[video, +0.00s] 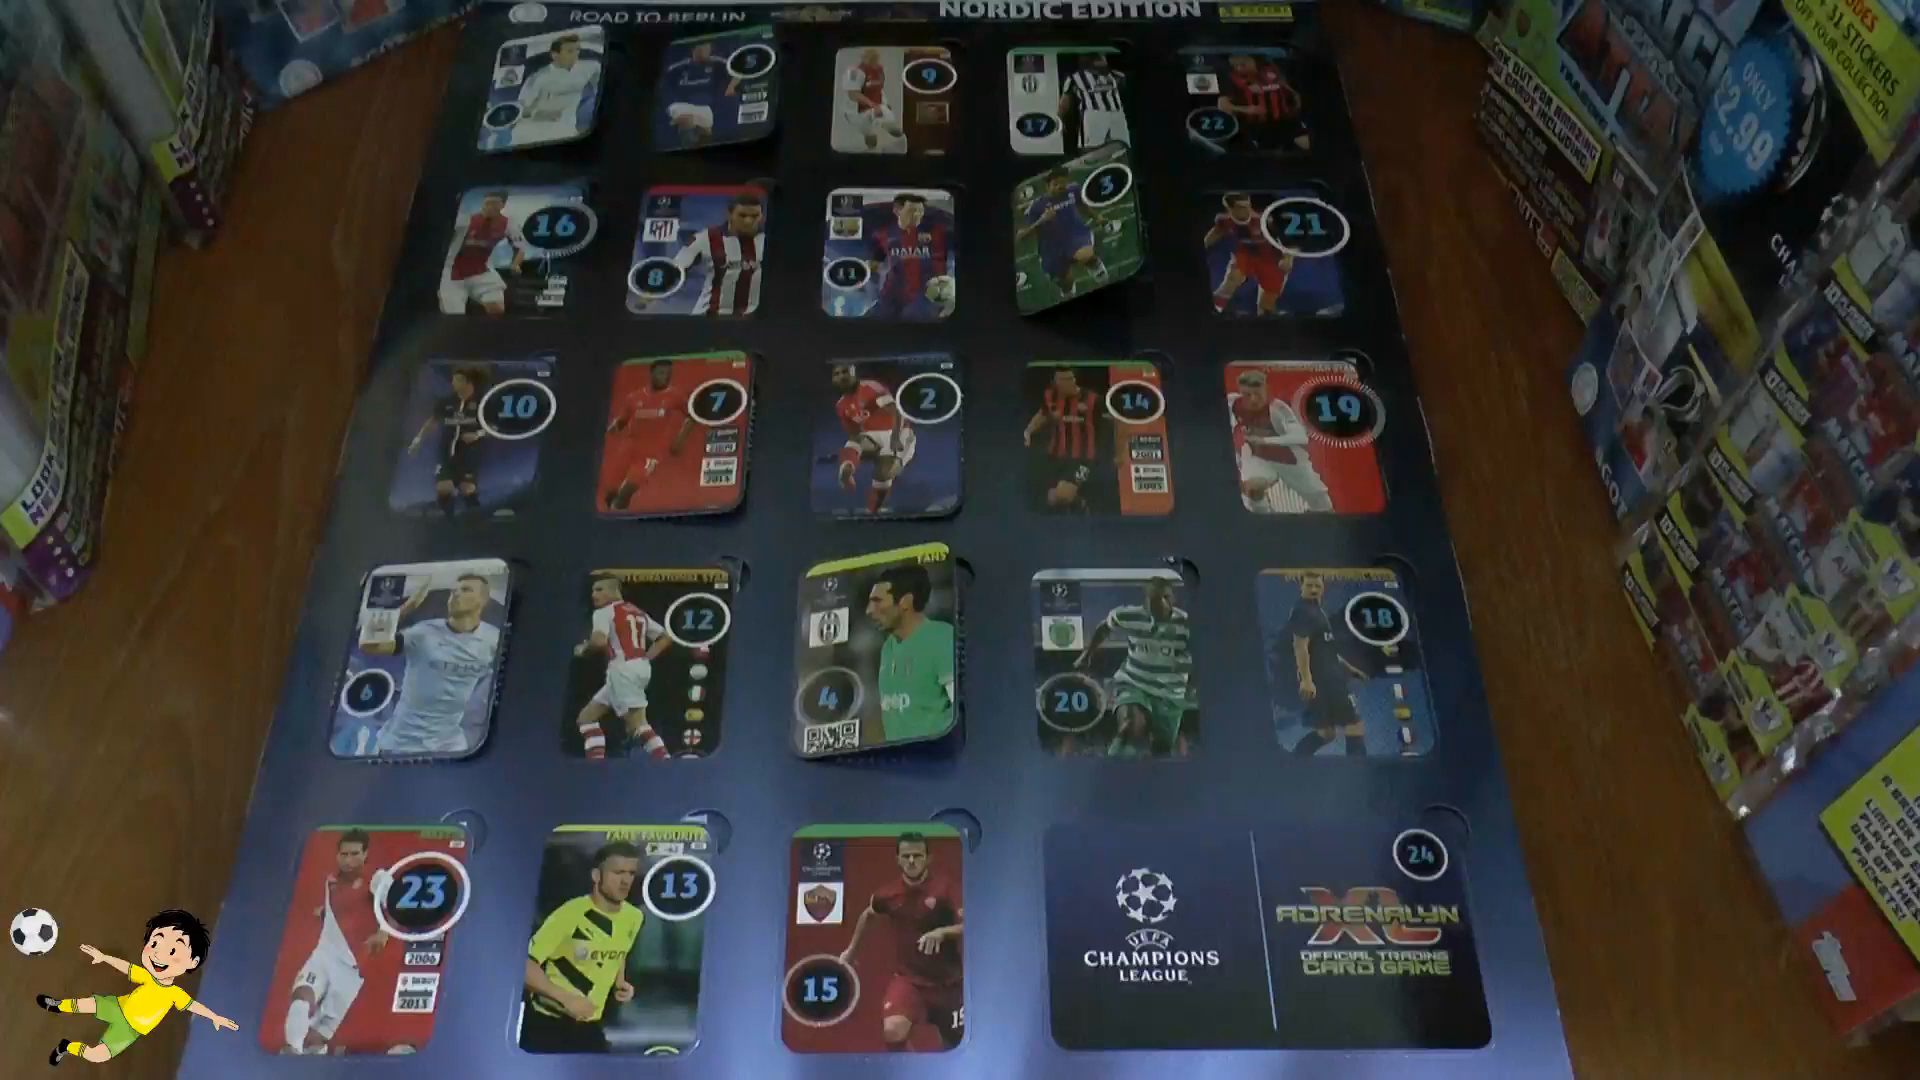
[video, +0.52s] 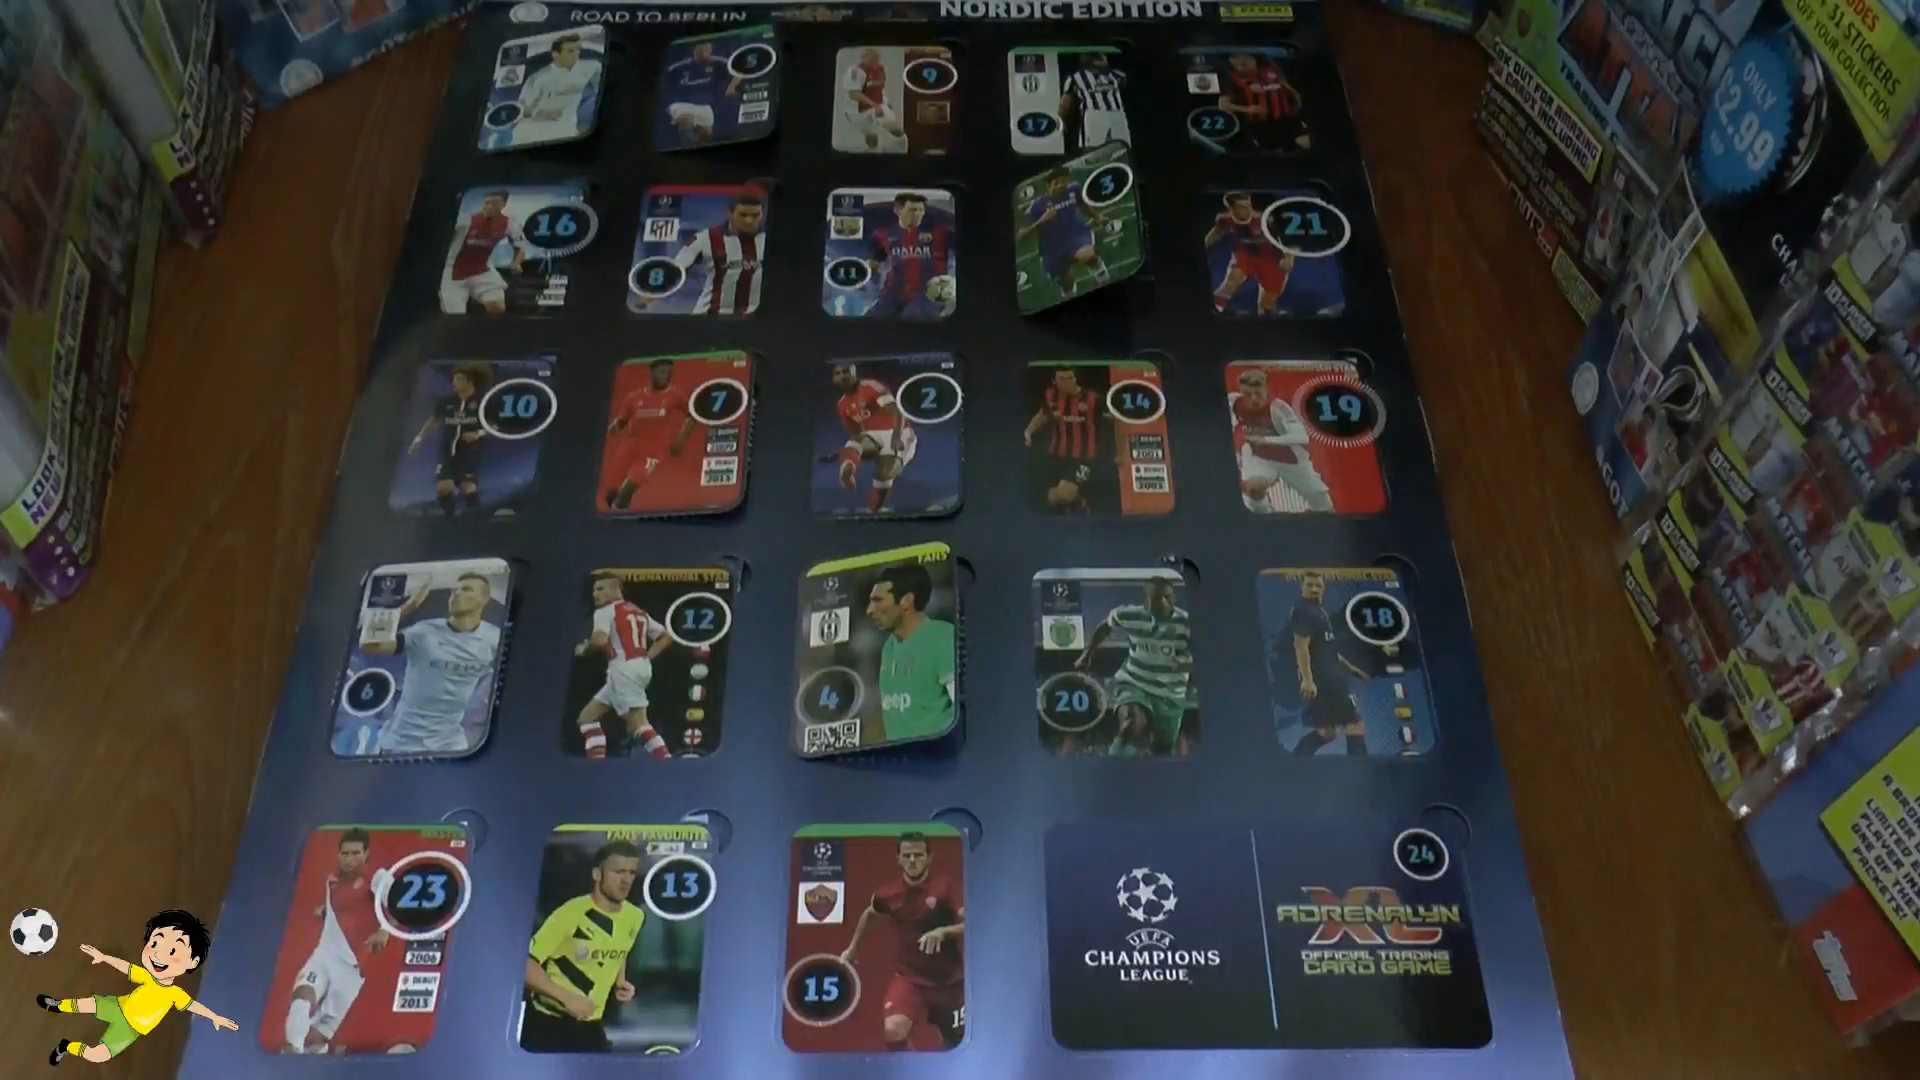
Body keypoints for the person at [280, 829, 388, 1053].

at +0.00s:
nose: (348, 860)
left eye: (354, 854)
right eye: (343, 854)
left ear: (365, 856)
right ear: (337, 855)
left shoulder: (375, 882)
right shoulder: (331, 882)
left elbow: (395, 905)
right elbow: (334, 905)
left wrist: (383, 932)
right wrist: (322, 911)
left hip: (350, 971)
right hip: (322, 957)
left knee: (316, 1039)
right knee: (302, 997)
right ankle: (293, 1049)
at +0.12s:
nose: (348, 860)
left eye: (355, 854)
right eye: (343, 854)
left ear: (365, 856)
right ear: (337, 856)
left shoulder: (375, 882)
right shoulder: (331, 882)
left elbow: (395, 904)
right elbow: (334, 905)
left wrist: (383, 932)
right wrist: (322, 911)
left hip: (350, 971)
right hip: (323, 957)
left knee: (316, 1039)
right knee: (302, 997)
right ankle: (293, 1049)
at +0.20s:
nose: (348, 860)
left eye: (354, 854)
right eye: (344, 854)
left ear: (365, 856)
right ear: (337, 855)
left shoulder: (374, 883)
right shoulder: (331, 882)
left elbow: (395, 905)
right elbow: (334, 904)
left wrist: (383, 932)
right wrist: (322, 911)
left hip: (351, 972)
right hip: (323, 956)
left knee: (316, 1039)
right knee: (302, 997)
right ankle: (293, 1049)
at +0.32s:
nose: (349, 860)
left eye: (355, 853)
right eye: (344, 853)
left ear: (365, 855)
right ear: (337, 855)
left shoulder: (375, 882)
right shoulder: (332, 882)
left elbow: (395, 905)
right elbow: (334, 905)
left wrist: (383, 932)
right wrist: (323, 911)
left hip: (351, 971)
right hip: (324, 956)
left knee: (315, 1039)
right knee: (302, 996)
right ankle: (292, 1049)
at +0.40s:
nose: (349, 860)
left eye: (355, 854)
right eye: (344, 853)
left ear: (365, 855)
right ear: (337, 855)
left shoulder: (375, 882)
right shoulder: (332, 881)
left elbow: (396, 904)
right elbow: (334, 904)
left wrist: (383, 932)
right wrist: (323, 911)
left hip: (351, 971)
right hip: (324, 956)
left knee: (315, 1039)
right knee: (303, 996)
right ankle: (293, 1049)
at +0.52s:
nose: (349, 859)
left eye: (355, 853)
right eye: (345, 853)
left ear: (366, 855)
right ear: (338, 854)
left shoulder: (376, 880)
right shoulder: (332, 881)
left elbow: (396, 904)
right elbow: (333, 903)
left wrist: (383, 932)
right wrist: (323, 910)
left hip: (351, 971)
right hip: (324, 956)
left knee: (316, 1038)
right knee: (303, 995)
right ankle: (293, 1048)